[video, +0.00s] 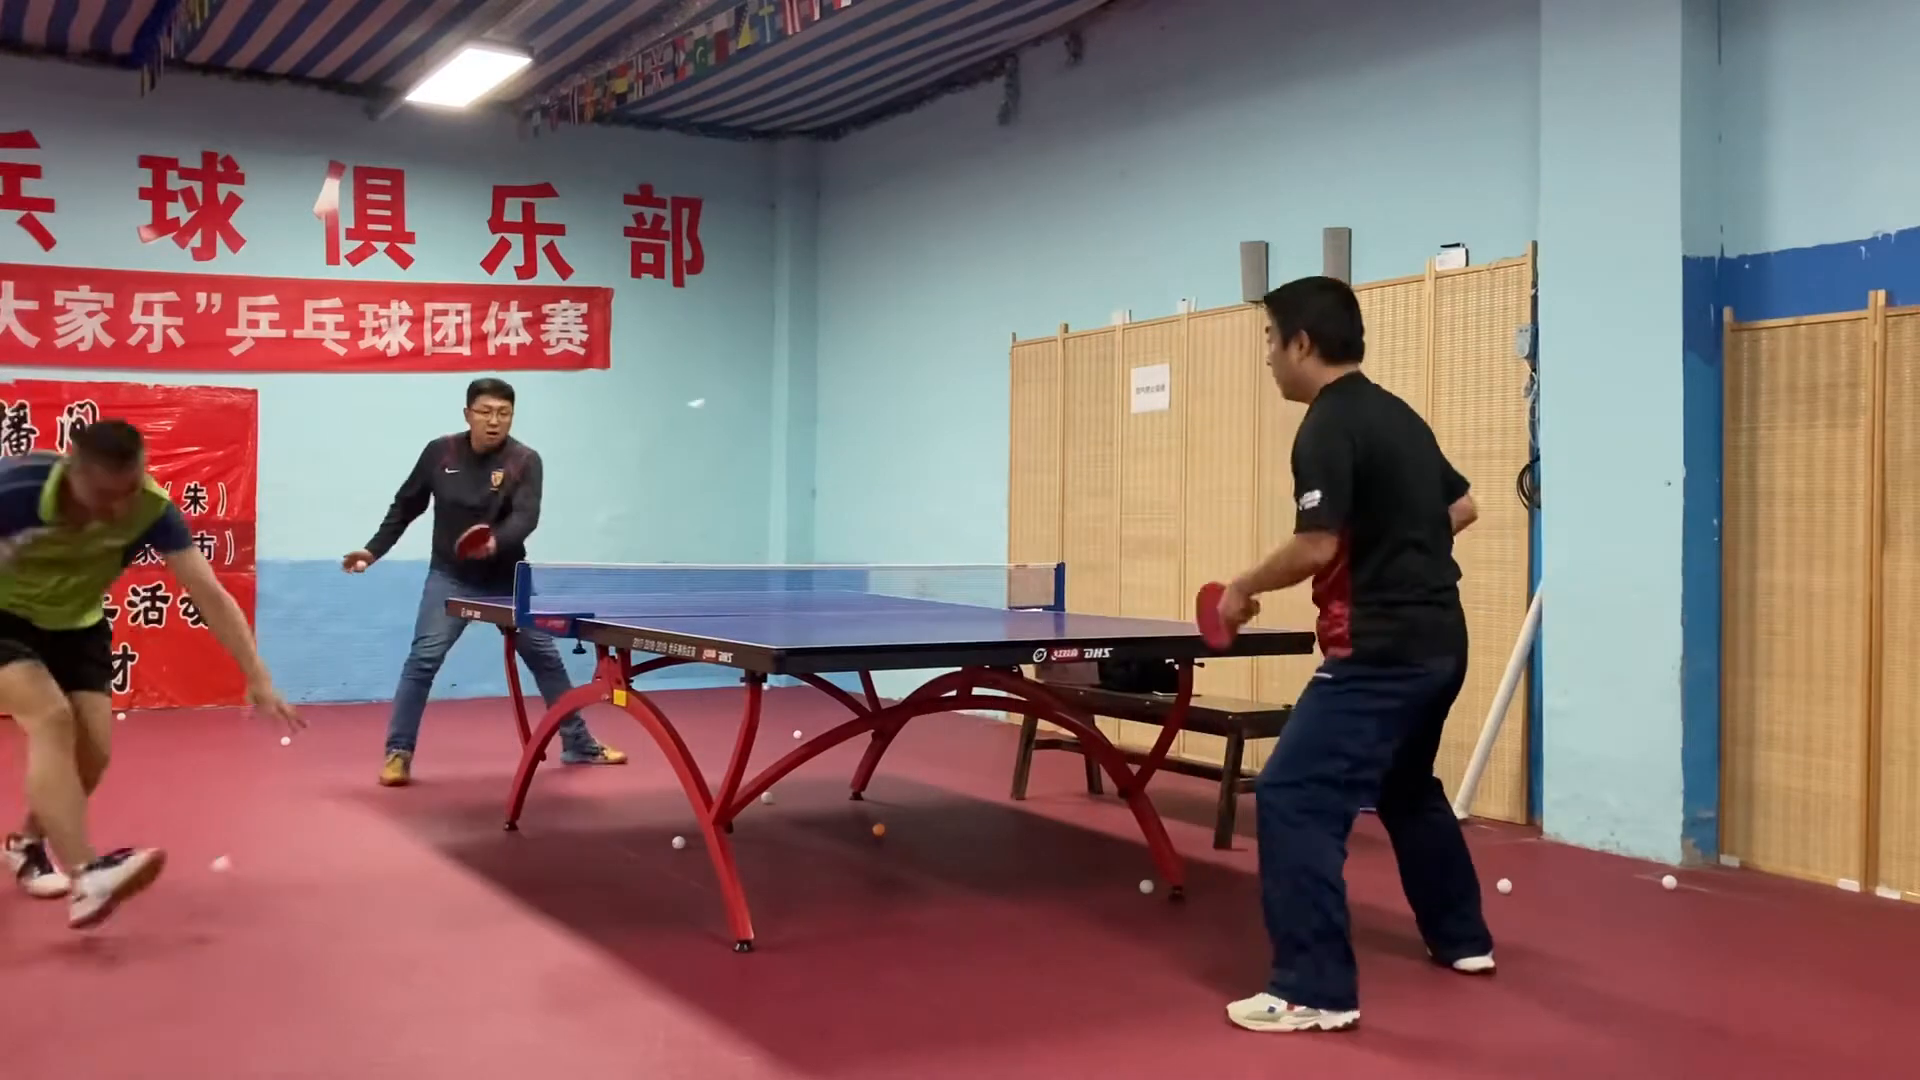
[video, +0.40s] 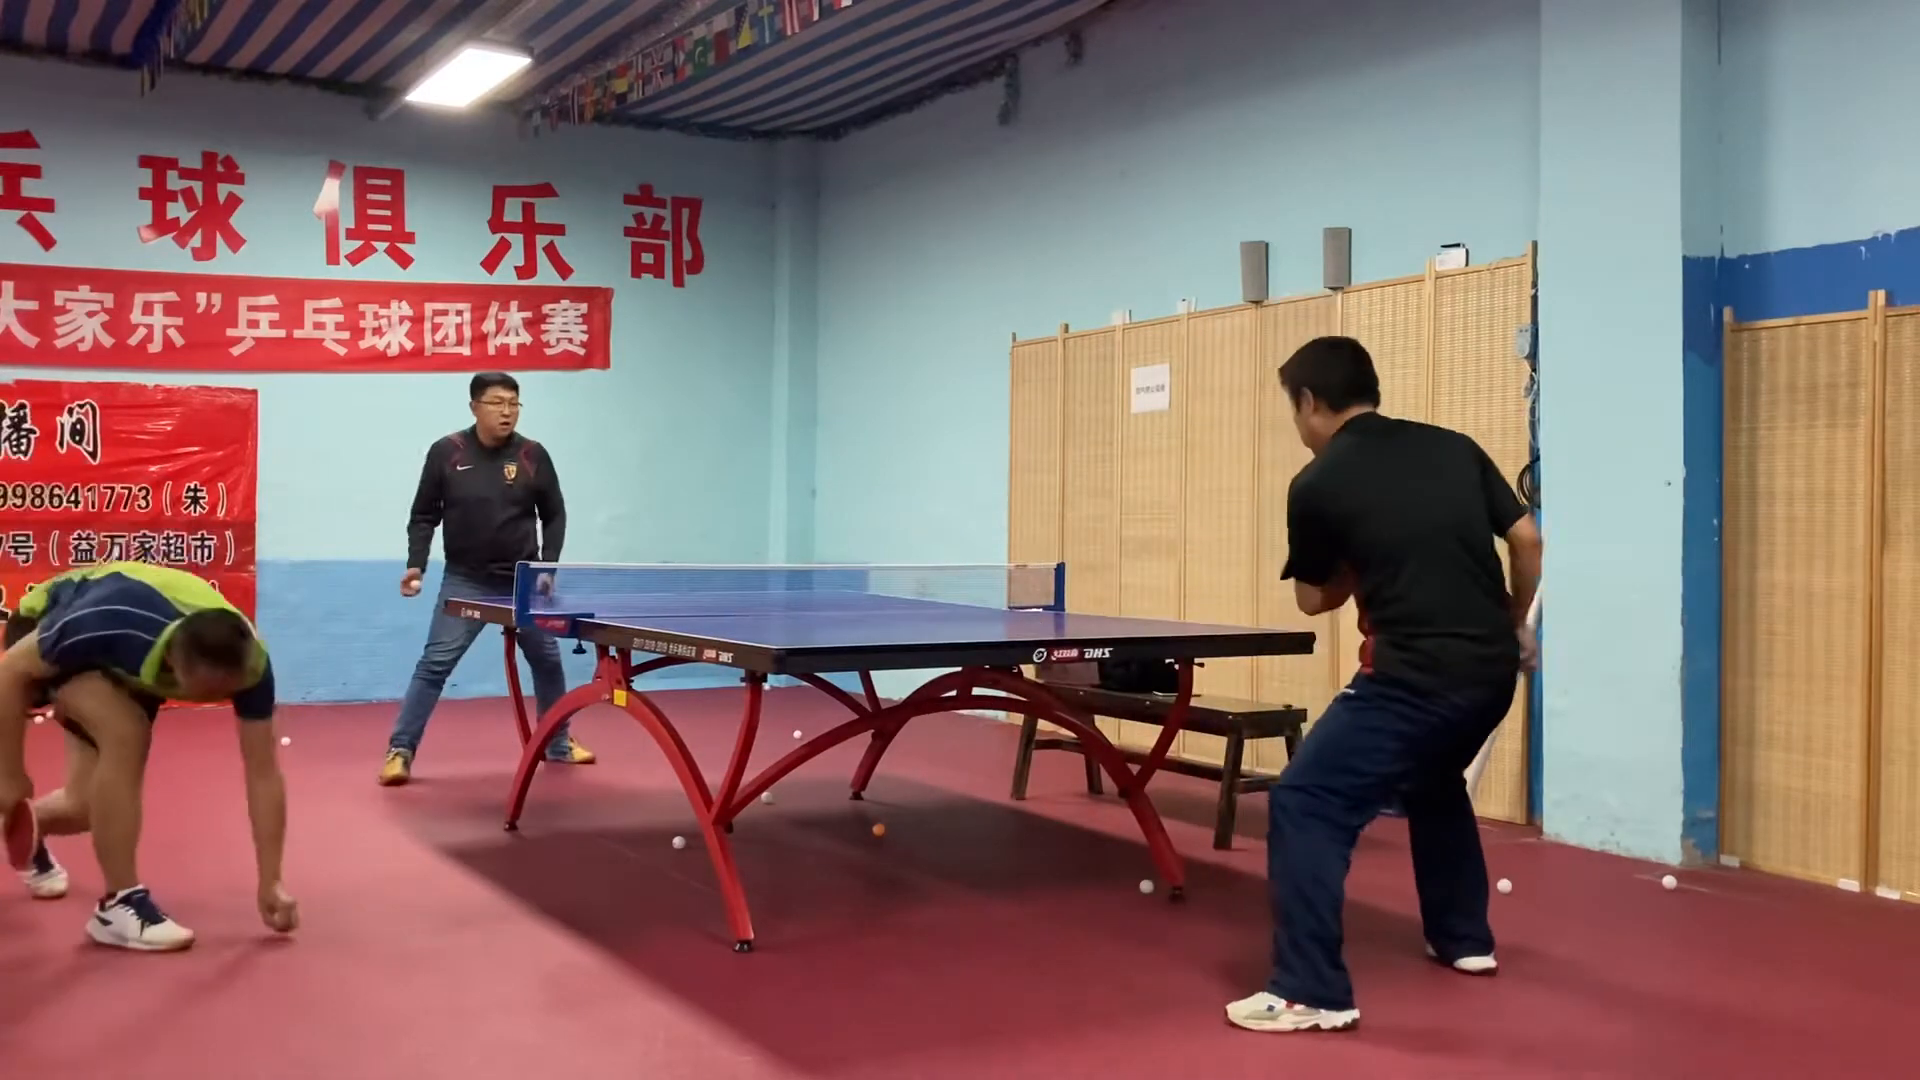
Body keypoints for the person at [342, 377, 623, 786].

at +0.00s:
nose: (495, 421)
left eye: (503, 414)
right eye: (486, 413)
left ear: (512, 418)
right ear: (468, 414)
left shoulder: (524, 460)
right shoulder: (439, 453)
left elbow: (524, 518)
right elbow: (405, 506)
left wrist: (493, 542)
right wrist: (371, 551)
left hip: (504, 578)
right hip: (450, 575)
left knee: (545, 656)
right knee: (424, 658)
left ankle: (578, 743)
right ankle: (399, 752)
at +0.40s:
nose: (507, 412)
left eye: (513, 404)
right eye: (497, 404)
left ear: (520, 409)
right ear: (475, 407)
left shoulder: (534, 456)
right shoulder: (446, 453)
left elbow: (554, 514)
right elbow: (424, 515)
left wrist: (547, 568)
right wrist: (416, 565)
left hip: (521, 579)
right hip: (465, 578)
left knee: (548, 658)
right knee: (435, 663)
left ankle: (557, 742)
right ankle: (401, 750)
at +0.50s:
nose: (513, 410)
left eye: (519, 402)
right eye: (503, 401)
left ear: (525, 407)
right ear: (481, 405)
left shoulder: (536, 454)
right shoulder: (450, 452)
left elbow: (559, 511)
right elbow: (429, 517)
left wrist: (562, 567)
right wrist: (432, 564)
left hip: (524, 580)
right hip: (468, 579)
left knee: (547, 657)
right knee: (437, 663)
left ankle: (557, 742)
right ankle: (401, 750)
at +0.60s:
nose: (513, 408)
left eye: (518, 400)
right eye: (503, 400)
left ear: (525, 406)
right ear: (480, 404)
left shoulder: (534, 453)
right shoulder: (450, 453)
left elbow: (557, 508)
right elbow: (431, 521)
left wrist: (569, 561)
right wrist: (441, 567)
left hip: (524, 580)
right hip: (469, 579)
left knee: (545, 655)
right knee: (437, 663)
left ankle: (557, 741)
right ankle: (401, 751)